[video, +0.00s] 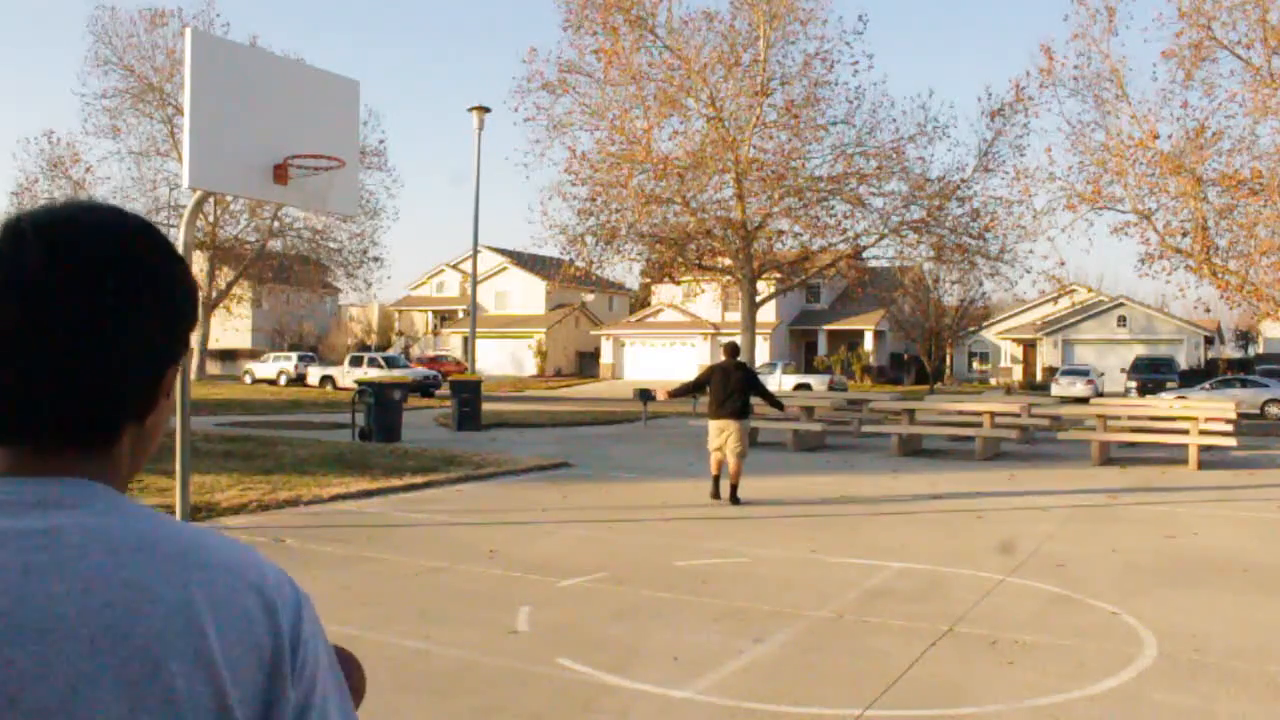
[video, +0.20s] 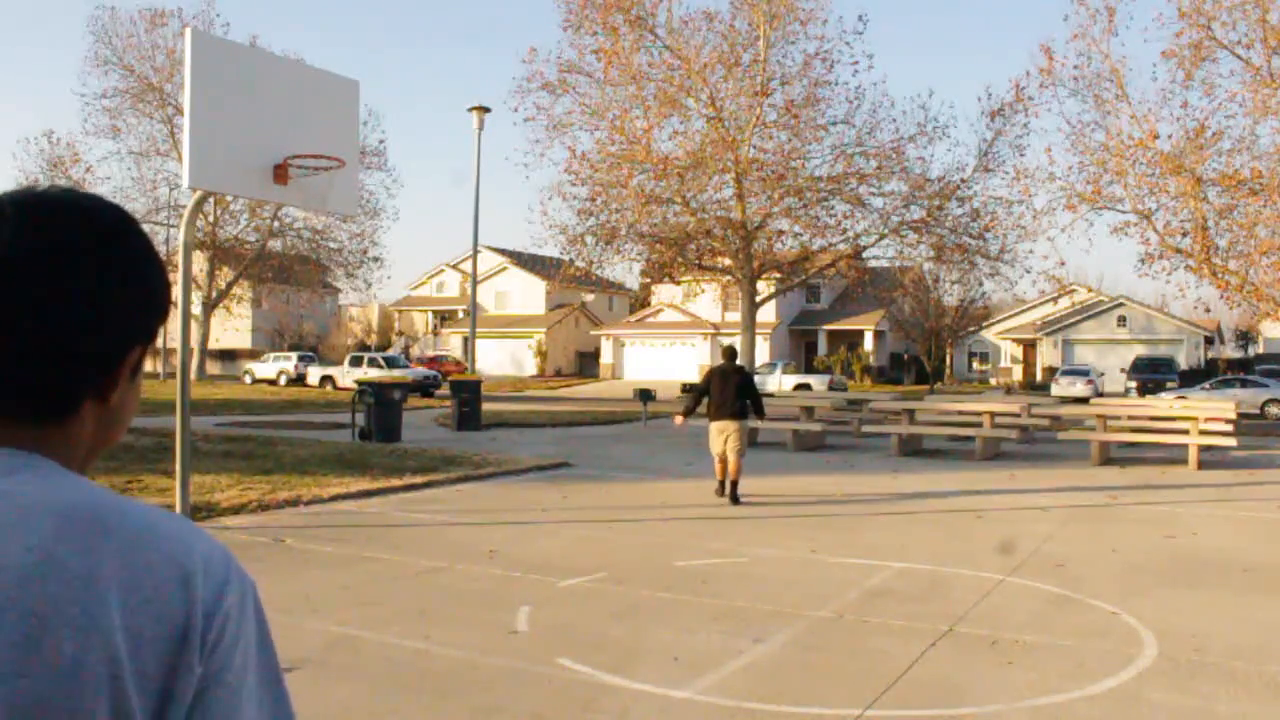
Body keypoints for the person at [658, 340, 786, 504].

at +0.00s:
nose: (725, 355)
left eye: (724, 352)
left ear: (724, 353)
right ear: (739, 353)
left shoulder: (714, 369)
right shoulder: (746, 371)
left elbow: (694, 385)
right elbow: (763, 392)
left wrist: (671, 393)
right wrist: (781, 407)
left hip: (716, 419)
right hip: (737, 420)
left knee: (716, 452)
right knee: (735, 456)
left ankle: (715, 487)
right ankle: (733, 494)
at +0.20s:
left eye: (726, 354)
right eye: (733, 354)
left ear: (722, 356)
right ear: (736, 356)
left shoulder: (713, 373)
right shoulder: (743, 374)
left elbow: (698, 394)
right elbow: (754, 395)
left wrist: (684, 413)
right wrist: (760, 413)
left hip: (717, 421)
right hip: (737, 421)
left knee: (718, 456)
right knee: (735, 456)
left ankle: (721, 486)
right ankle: (733, 492)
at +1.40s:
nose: (721, 356)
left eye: (719, 354)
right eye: (725, 353)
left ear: (717, 354)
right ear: (730, 355)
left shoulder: (709, 371)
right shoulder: (738, 373)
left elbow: (701, 394)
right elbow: (744, 396)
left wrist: (699, 414)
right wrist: (743, 413)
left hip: (713, 413)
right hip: (732, 414)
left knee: (714, 444)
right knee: (729, 444)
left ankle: (718, 473)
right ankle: (727, 478)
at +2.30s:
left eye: (710, 353)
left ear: (709, 353)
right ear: (720, 353)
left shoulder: (704, 369)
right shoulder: (729, 370)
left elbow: (699, 389)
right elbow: (735, 388)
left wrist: (695, 406)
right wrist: (735, 407)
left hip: (710, 409)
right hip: (727, 408)